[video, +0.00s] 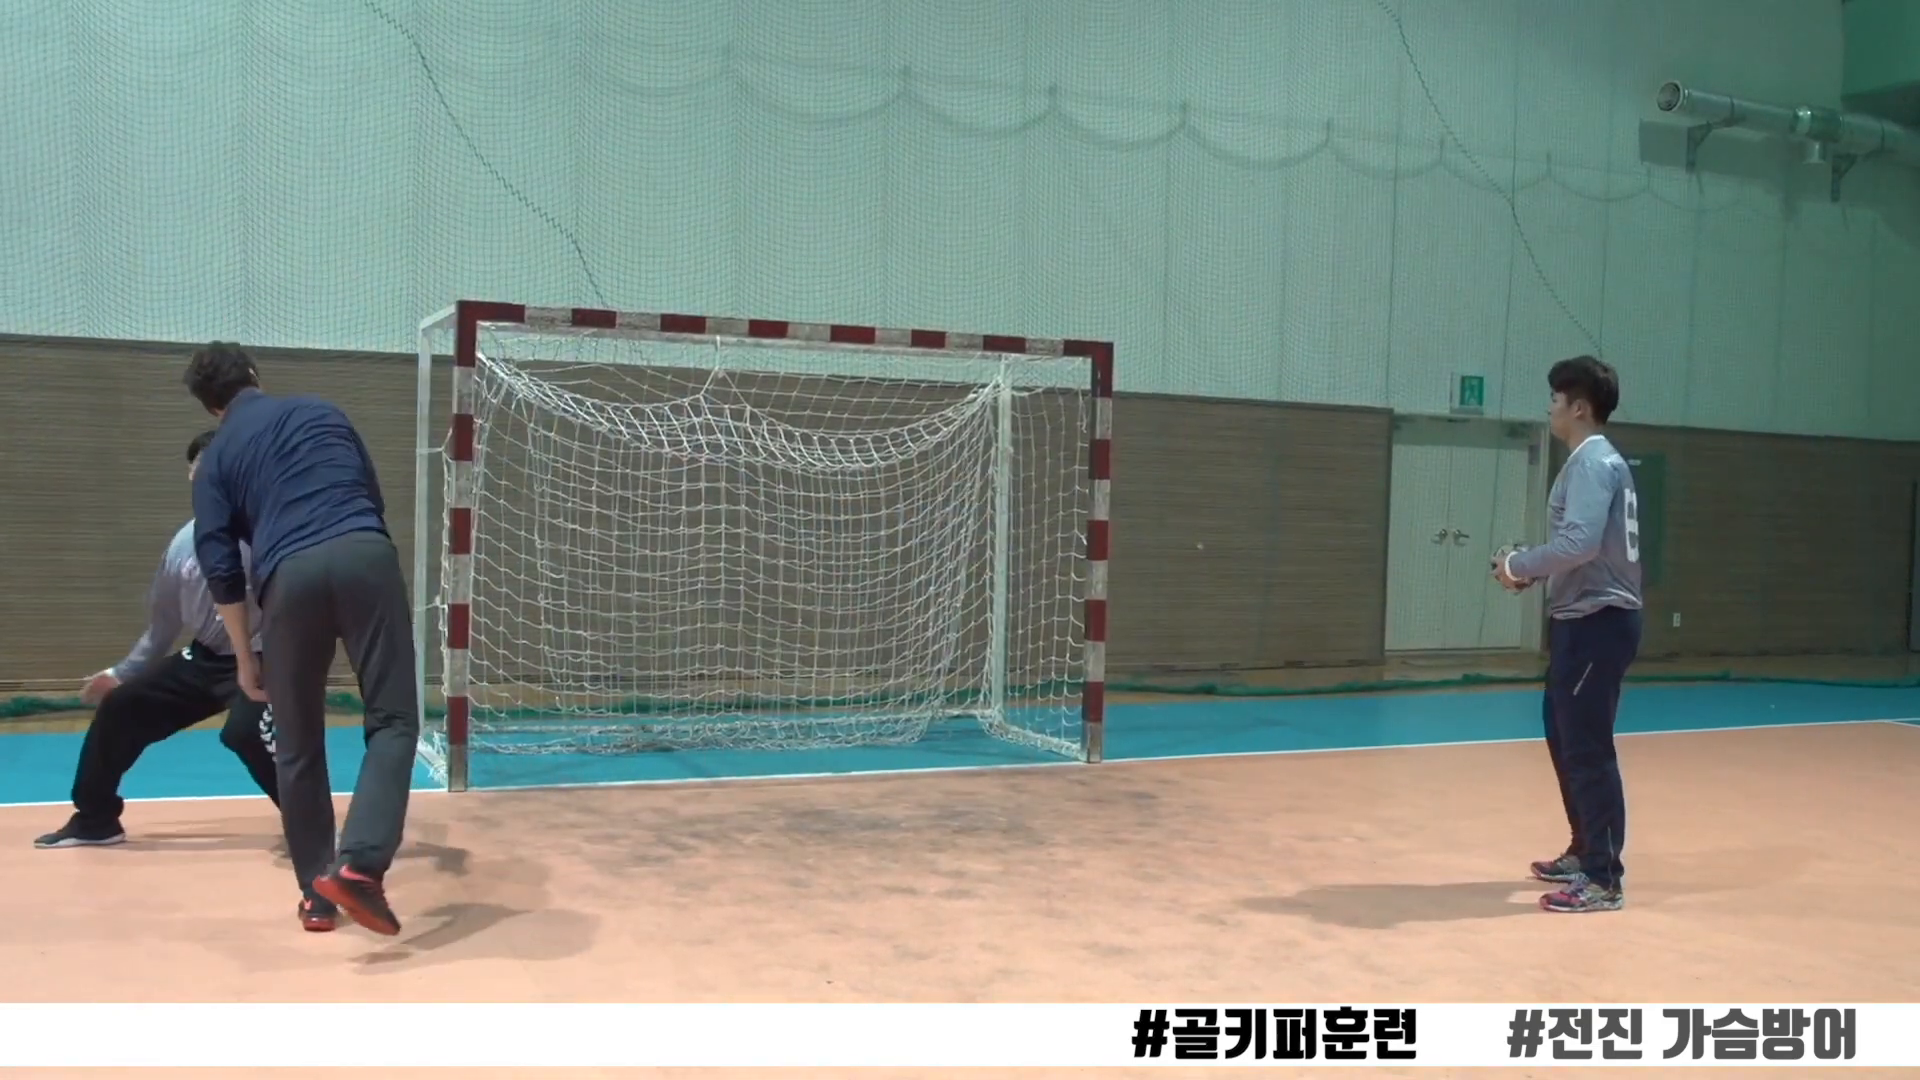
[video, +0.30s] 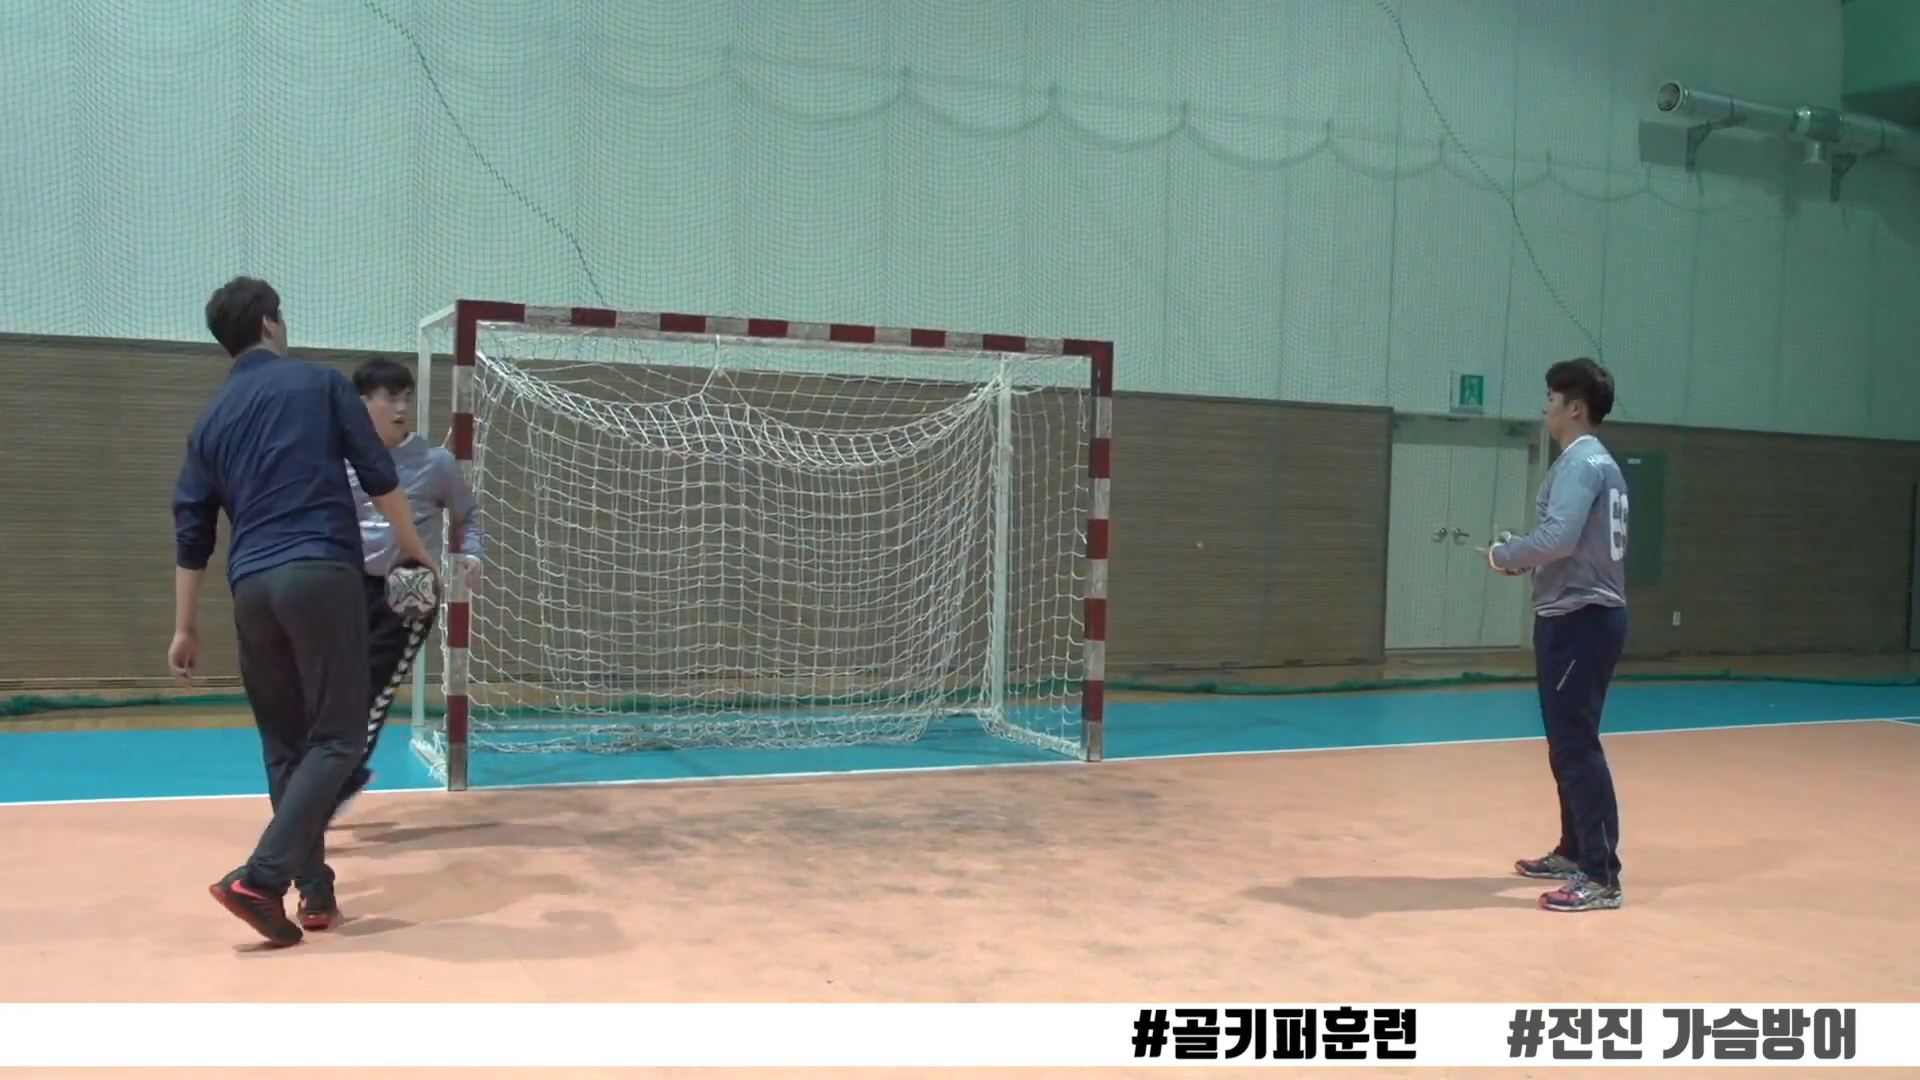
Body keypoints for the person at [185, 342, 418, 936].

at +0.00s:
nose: (208, 414)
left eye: (204, 406)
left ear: (211, 402)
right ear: (255, 379)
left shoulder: (216, 454)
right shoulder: (324, 411)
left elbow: (220, 565)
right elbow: (370, 498)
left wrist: (244, 656)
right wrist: (367, 564)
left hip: (291, 572)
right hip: (367, 554)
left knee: (300, 743)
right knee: (393, 720)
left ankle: (319, 896)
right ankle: (363, 866)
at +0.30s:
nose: (285, 326)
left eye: (278, 316)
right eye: (281, 317)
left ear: (225, 338)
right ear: (270, 325)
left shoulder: (211, 421)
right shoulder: (322, 383)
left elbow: (193, 531)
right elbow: (377, 472)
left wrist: (184, 627)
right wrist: (413, 544)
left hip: (250, 588)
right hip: (321, 575)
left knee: (285, 744)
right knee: (338, 740)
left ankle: (315, 896)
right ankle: (259, 880)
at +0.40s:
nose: (293, 322)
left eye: (287, 310)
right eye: (288, 312)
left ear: (229, 328)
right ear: (273, 318)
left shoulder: (205, 414)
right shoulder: (313, 383)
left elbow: (188, 521)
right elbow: (364, 486)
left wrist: (187, 615)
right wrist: (411, 541)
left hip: (232, 591)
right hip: (302, 582)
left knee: (279, 749)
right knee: (313, 749)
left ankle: (316, 896)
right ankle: (237, 897)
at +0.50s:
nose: (294, 325)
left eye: (291, 313)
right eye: (290, 314)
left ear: (232, 323)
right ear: (272, 318)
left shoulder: (198, 406)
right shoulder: (301, 389)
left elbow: (180, 517)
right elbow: (345, 499)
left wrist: (198, 601)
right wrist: (400, 556)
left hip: (215, 598)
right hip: (280, 593)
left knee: (274, 752)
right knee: (283, 758)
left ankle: (313, 893)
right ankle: (226, 911)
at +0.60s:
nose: (296, 325)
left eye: (294, 312)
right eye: (291, 313)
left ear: (235, 321)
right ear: (267, 318)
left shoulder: (186, 400)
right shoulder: (285, 391)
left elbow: (168, 514)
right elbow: (322, 510)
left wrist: (212, 569)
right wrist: (381, 587)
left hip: (193, 598)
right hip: (255, 594)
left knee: (258, 752)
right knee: (266, 758)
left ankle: (308, 891)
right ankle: (223, 917)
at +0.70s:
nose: (287, 327)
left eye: (285, 314)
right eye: (283, 314)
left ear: (227, 317)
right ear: (259, 316)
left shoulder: (174, 391)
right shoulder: (268, 393)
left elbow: (154, 508)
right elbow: (291, 516)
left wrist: (191, 574)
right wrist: (337, 607)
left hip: (170, 598)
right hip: (232, 598)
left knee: (237, 751)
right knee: (253, 755)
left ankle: (263, 892)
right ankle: (224, 916)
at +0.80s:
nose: (268, 324)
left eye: (268, 310)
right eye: (264, 310)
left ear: (207, 311)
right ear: (236, 311)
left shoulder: (153, 389)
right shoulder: (245, 389)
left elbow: (140, 501)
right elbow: (255, 510)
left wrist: (152, 588)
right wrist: (284, 609)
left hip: (149, 599)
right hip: (209, 600)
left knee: (208, 746)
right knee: (240, 754)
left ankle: (180, 896)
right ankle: (223, 917)